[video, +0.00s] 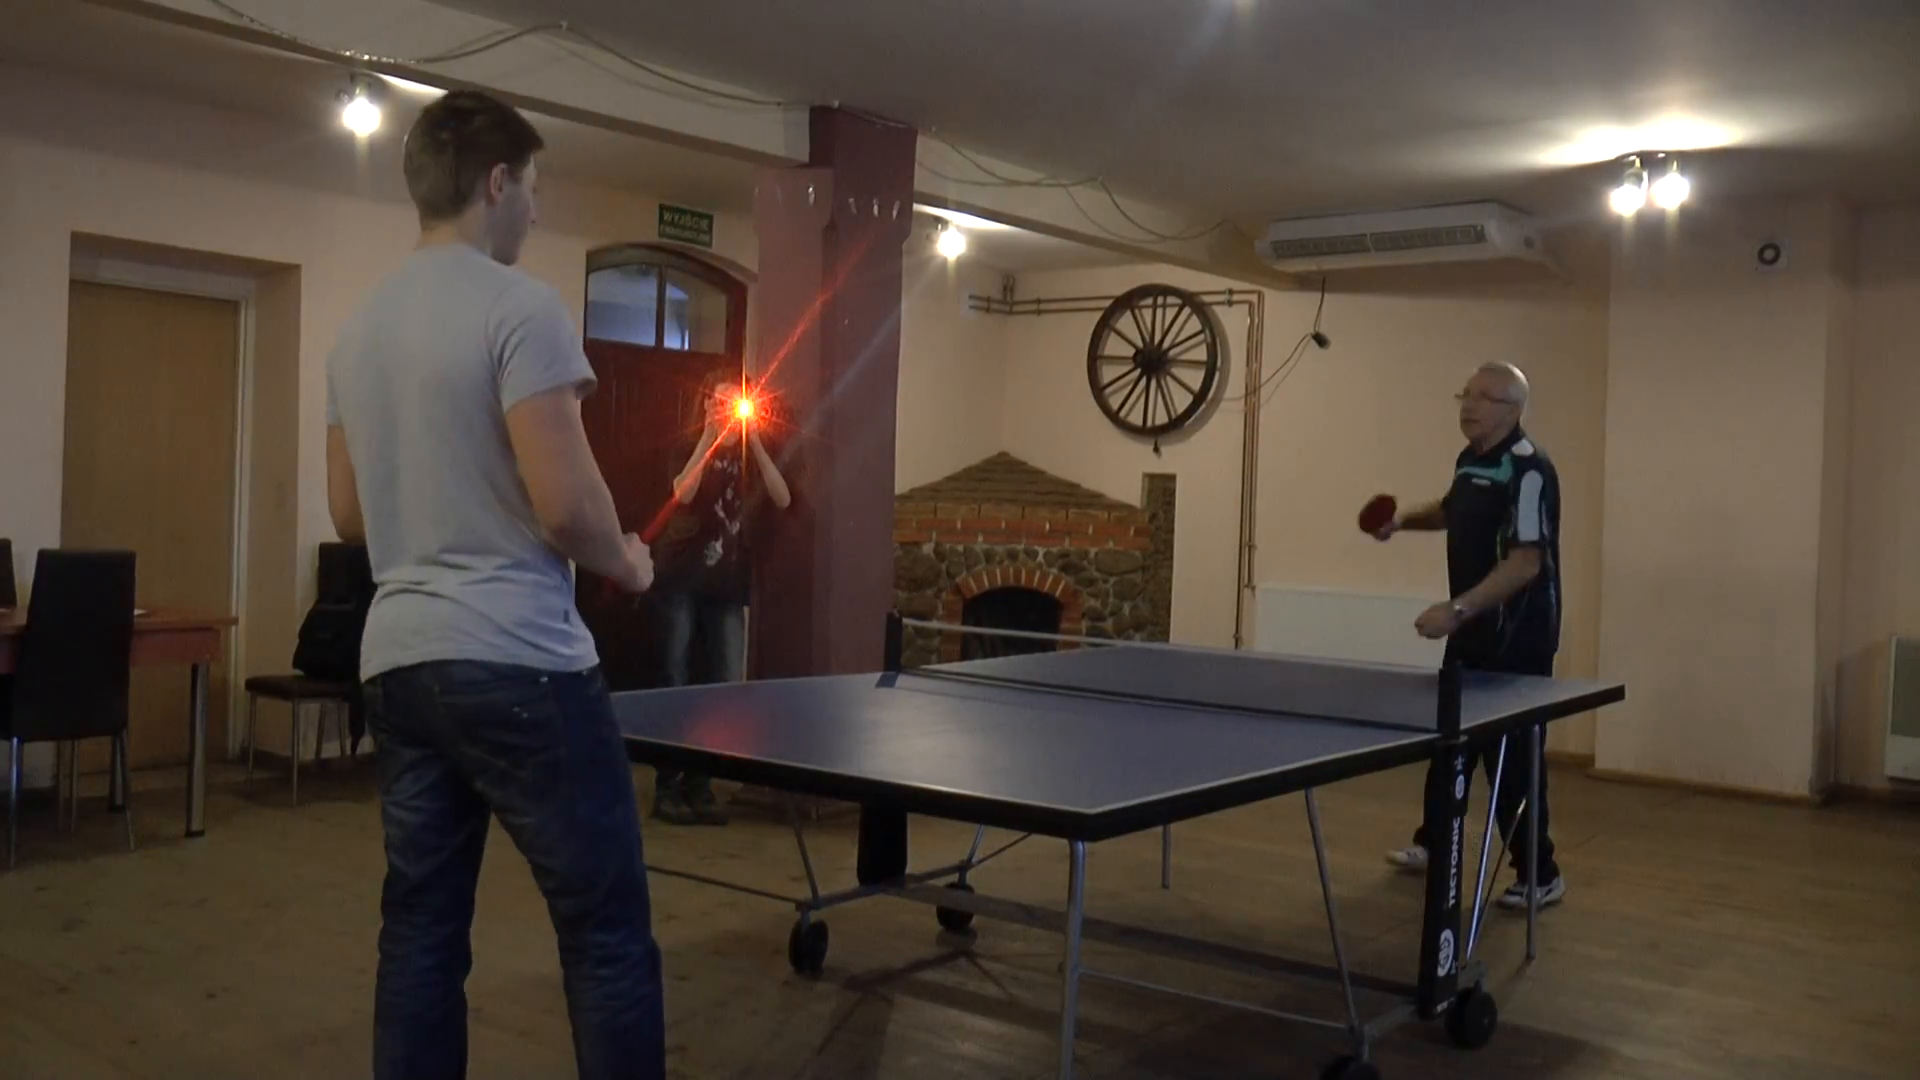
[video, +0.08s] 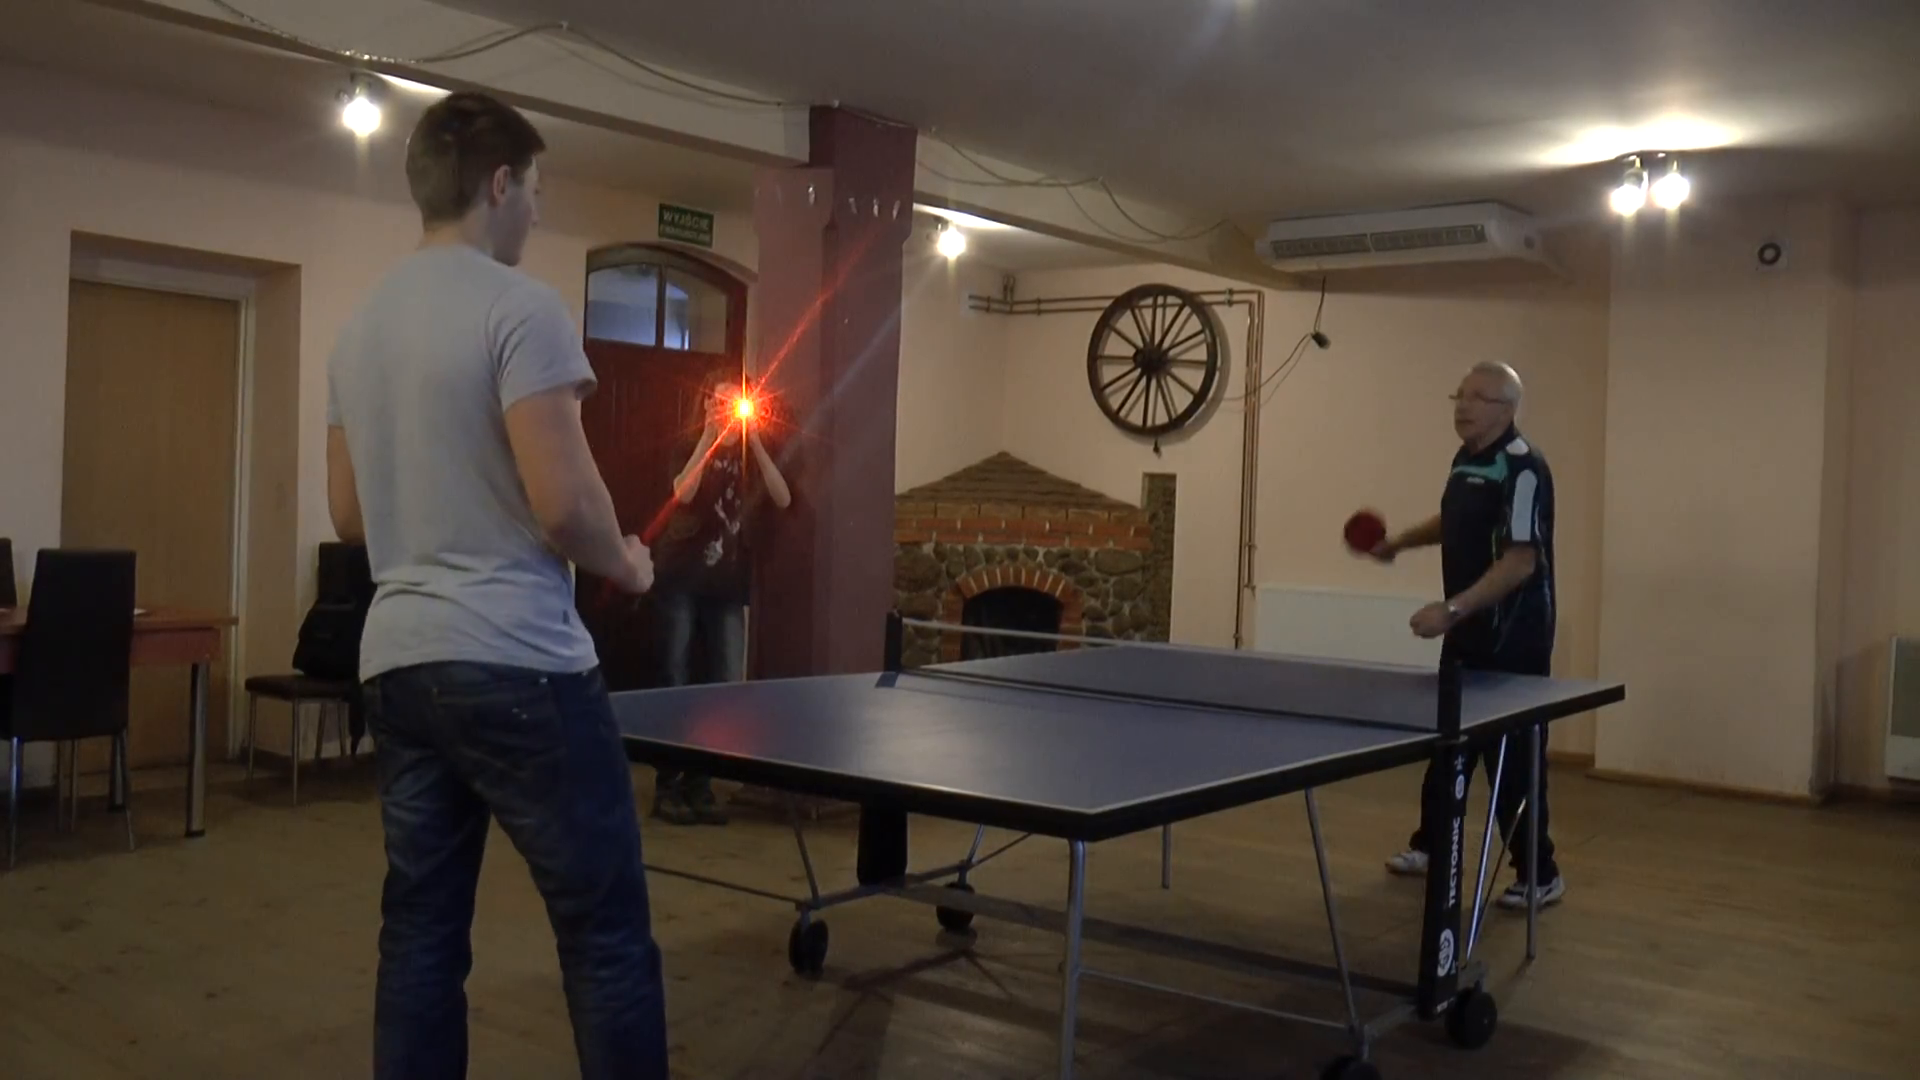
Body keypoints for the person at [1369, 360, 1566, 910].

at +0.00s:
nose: (1466, 405)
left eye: (1480, 398)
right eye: (1465, 396)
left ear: (1512, 411)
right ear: (1468, 402)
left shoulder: (1530, 471)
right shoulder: (1471, 460)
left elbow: (1526, 562)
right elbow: (1451, 512)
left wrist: (1458, 608)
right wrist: (1401, 518)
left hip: (1517, 642)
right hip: (1471, 632)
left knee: (1514, 759)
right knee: (1451, 741)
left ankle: (1539, 873)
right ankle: (1436, 842)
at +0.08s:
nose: (1462, 408)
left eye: (1475, 400)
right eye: (1459, 398)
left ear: (1507, 411)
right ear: (1460, 403)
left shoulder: (1524, 470)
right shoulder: (1467, 459)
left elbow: (1521, 561)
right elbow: (1456, 522)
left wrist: (1453, 608)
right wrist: (1398, 542)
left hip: (1513, 644)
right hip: (1466, 634)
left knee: (1513, 759)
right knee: (1448, 744)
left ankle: (1538, 872)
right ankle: (1433, 845)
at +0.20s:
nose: (1455, 411)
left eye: (1469, 404)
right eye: (1451, 401)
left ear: (1500, 413)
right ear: (1447, 405)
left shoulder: (1518, 472)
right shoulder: (1451, 464)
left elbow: (1523, 565)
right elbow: (1442, 542)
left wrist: (1468, 627)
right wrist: (1404, 586)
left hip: (1506, 645)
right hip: (1454, 637)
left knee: (1510, 760)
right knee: (1445, 747)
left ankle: (1537, 871)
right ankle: (1437, 846)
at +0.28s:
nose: (1446, 409)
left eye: (1460, 401)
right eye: (1444, 399)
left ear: (1489, 411)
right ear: (1441, 405)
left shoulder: (1512, 473)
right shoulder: (1441, 463)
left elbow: (1521, 567)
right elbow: (1436, 554)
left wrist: (1489, 642)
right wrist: (1407, 618)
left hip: (1497, 642)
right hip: (1444, 634)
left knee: (1505, 758)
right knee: (1437, 748)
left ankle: (1536, 871)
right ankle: (1436, 847)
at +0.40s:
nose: (1440, 408)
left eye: (1454, 400)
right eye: (1436, 399)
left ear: (1481, 410)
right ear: (1430, 404)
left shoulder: (1503, 471)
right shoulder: (1430, 461)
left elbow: (1512, 565)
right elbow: (1425, 548)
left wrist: (1486, 634)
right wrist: (1412, 617)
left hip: (1490, 636)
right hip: (1437, 629)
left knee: (1503, 755)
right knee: (1435, 745)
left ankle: (1530, 869)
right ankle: (1435, 846)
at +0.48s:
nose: (1437, 411)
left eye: (1451, 403)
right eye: (1433, 401)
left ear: (1478, 410)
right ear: (1428, 406)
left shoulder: (1500, 468)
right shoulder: (1426, 460)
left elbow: (1502, 547)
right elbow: (1416, 540)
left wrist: (1463, 595)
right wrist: (1403, 609)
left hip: (1494, 635)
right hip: (1437, 628)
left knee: (1504, 752)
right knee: (1436, 742)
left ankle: (1527, 867)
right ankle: (1435, 844)